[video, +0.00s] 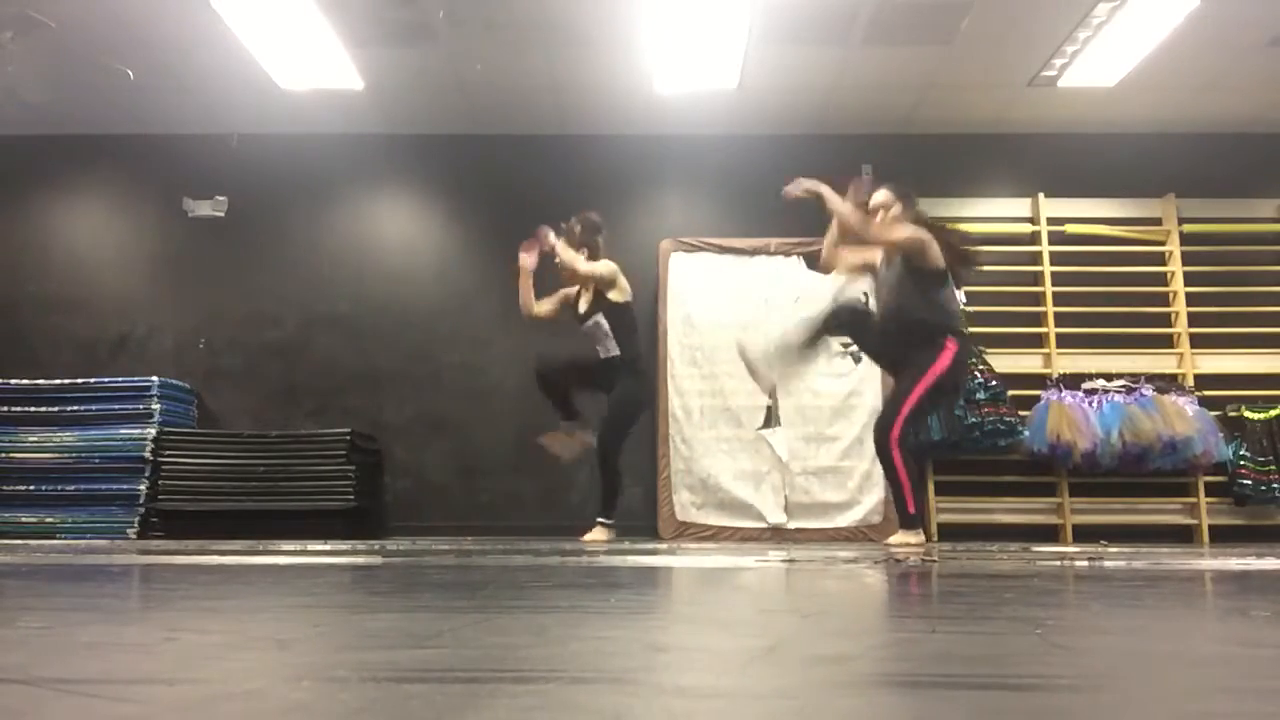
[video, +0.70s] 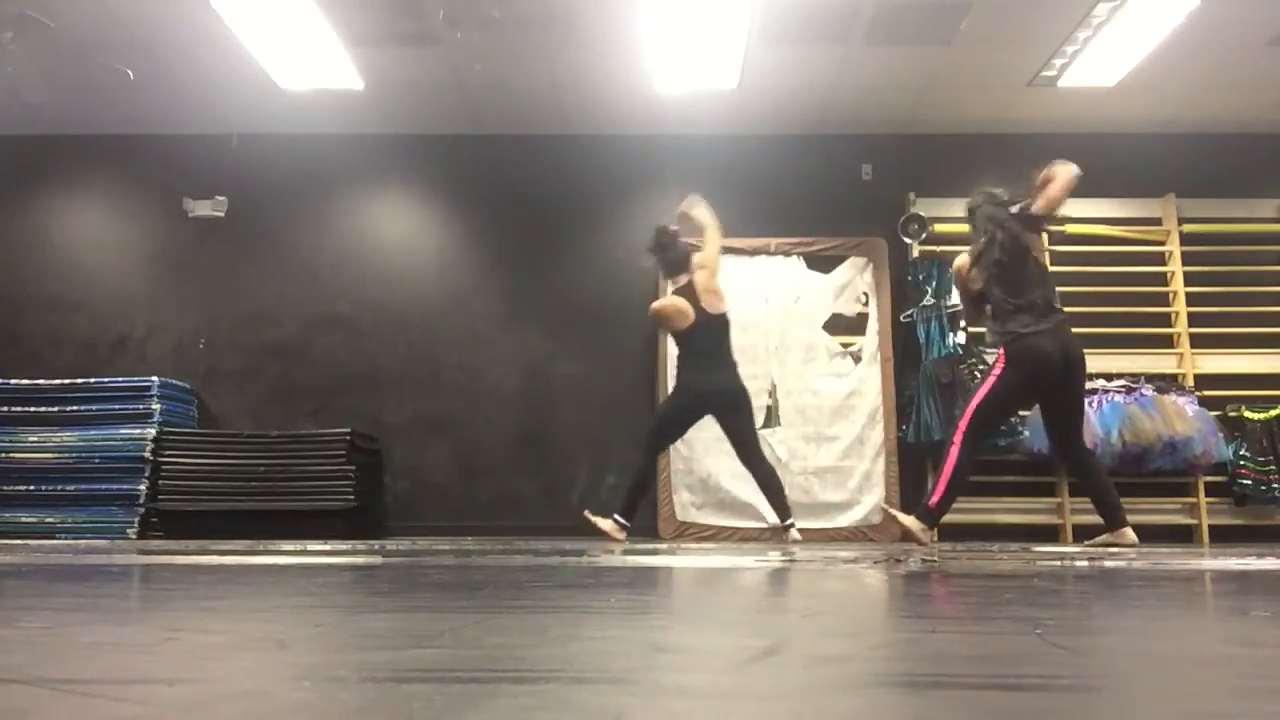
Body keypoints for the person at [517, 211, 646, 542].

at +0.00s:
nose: (565, 254)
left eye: (569, 247)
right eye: (564, 248)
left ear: (585, 247)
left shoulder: (610, 273)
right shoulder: (574, 293)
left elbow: (580, 267)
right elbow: (531, 310)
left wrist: (554, 244)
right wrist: (526, 270)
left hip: (632, 373)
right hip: (606, 370)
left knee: (608, 445)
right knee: (548, 369)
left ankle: (605, 524)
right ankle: (576, 430)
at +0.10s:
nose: (559, 270)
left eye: (563, 264)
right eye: (559, 264)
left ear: (583, 267)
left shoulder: (610, 288)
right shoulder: (573, 310)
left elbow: (603, 307)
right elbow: (563, 349)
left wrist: (565, 286)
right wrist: (531, 324)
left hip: (643, 380)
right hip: (621, 383)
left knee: (607, 445)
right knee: (586, 442)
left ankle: (614, 527)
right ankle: (656, 472)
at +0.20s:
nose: (561, 288)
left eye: (565, 281)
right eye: (561, 282)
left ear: (585, 283)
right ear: (583, 284)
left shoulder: (615, 310)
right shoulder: (578, 323)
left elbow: (622, 351)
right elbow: (581, 368)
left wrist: (575, 339)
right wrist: (557, 387)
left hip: (644, 392)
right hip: (634, 394)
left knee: (595, 452)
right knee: (650, 471)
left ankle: (611, 527)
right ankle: (726, 488)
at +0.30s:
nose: (568, 299)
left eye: (573, 293)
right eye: (569, 293)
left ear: (594, 296)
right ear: (586, 297)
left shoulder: (622, 326)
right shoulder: (584, 332)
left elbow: (633, 377)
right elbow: (593, 376)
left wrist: (584, 380)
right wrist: (596, 414)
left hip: (653, 405)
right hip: (653, 404)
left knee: (590, 453)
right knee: (696, 470)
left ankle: (611, 528)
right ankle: (765, 506)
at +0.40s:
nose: (583, 302)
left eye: (587, 296)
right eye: (583, 296)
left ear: (608, 299)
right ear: (609, 300)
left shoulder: (624, 331)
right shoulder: (633, 322)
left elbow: (630, 382)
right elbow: (644, 374)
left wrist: (594, 376)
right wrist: (626, 396)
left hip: (661, 405)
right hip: (687, 401)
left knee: (599, 451)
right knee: (720, 467)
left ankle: (611, 528)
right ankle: (775, 521)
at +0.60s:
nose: (635, 279)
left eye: (636, 272)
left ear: (640, 276)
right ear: (668, 267)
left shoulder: (647, 318)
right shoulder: (689, 289)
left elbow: (637, 361)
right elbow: (682, 249)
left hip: (686, 394)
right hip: (719, 391)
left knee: (634, 445)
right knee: (747, 460)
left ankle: (618, 525)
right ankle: (787, 524)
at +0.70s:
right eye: (686, 254)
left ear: (662, 268)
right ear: (689, 260)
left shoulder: (664, 309)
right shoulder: (707, 275)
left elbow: (655, 320)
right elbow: (712, 231)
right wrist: (701, 209)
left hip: (692, 390)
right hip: (729, 386)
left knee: (650, 449)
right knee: (754, 456)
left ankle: (621, 522)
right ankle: (789, 525)